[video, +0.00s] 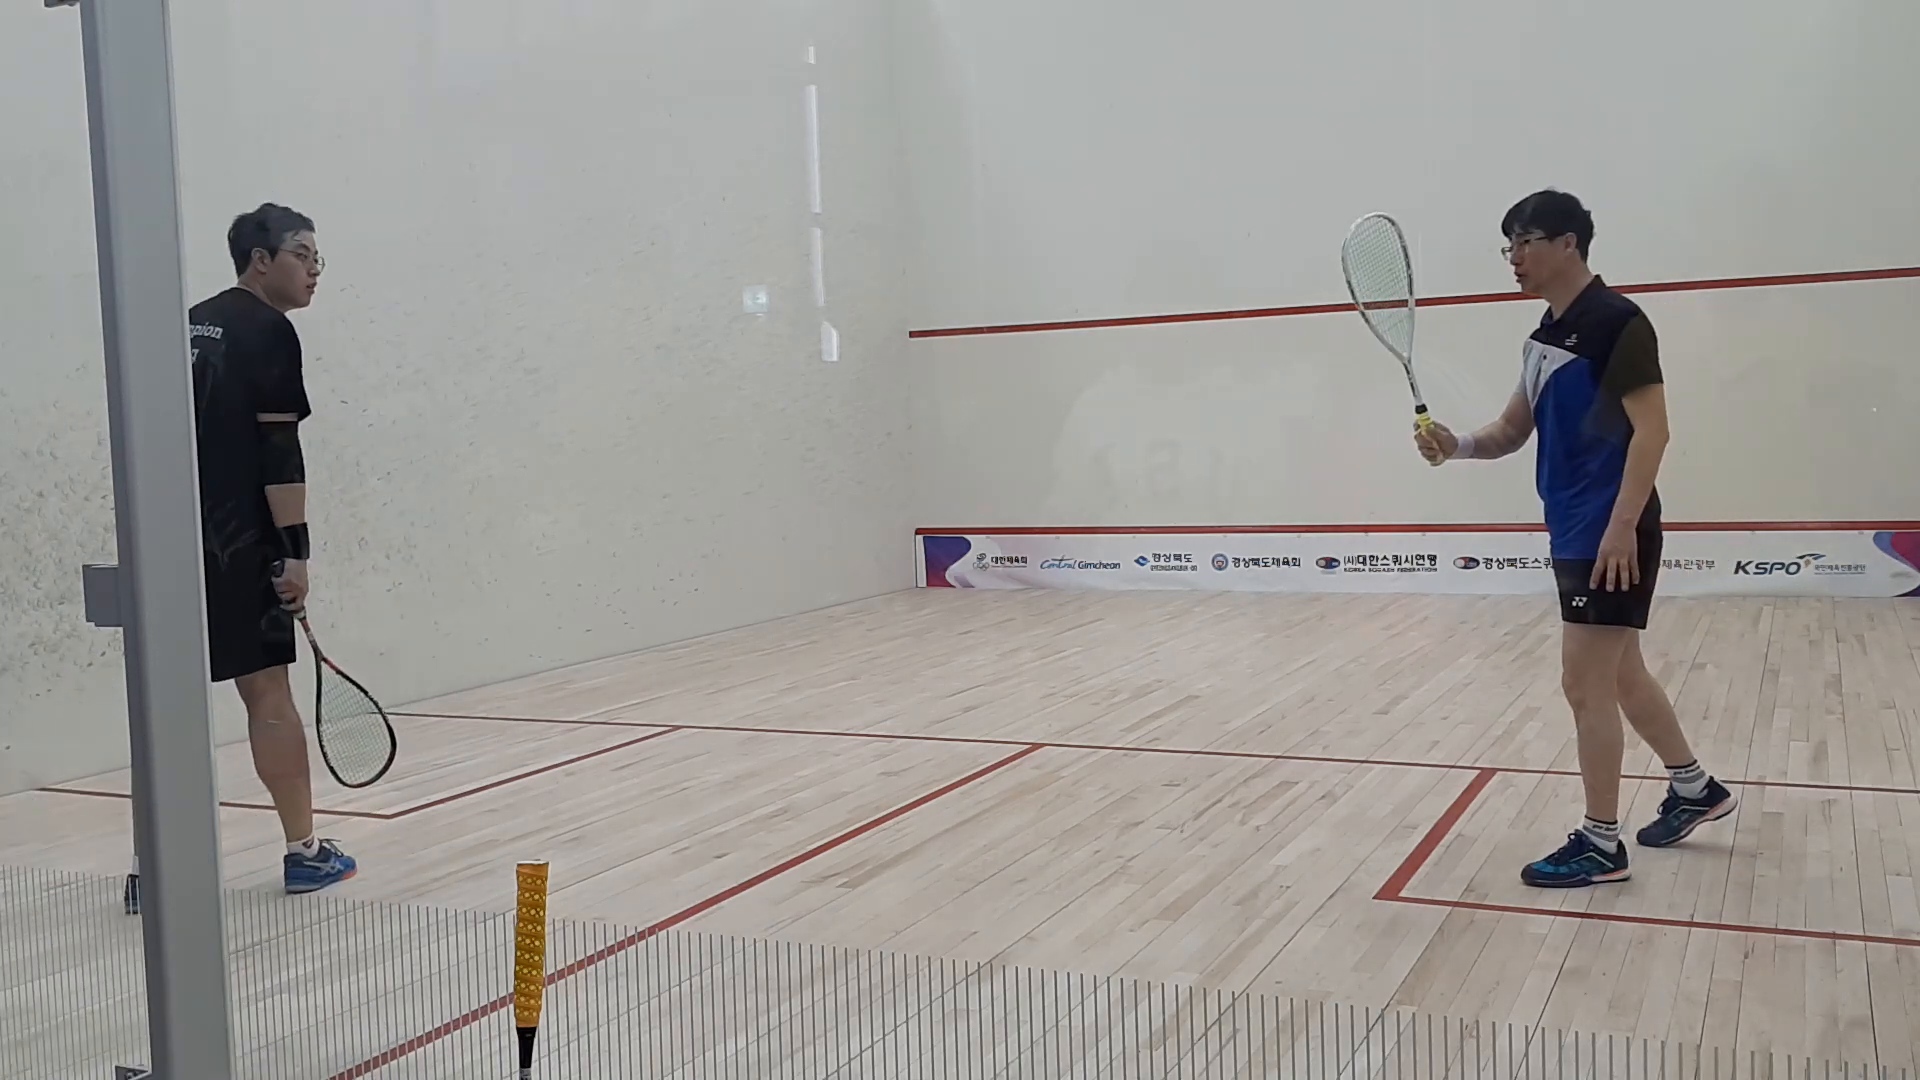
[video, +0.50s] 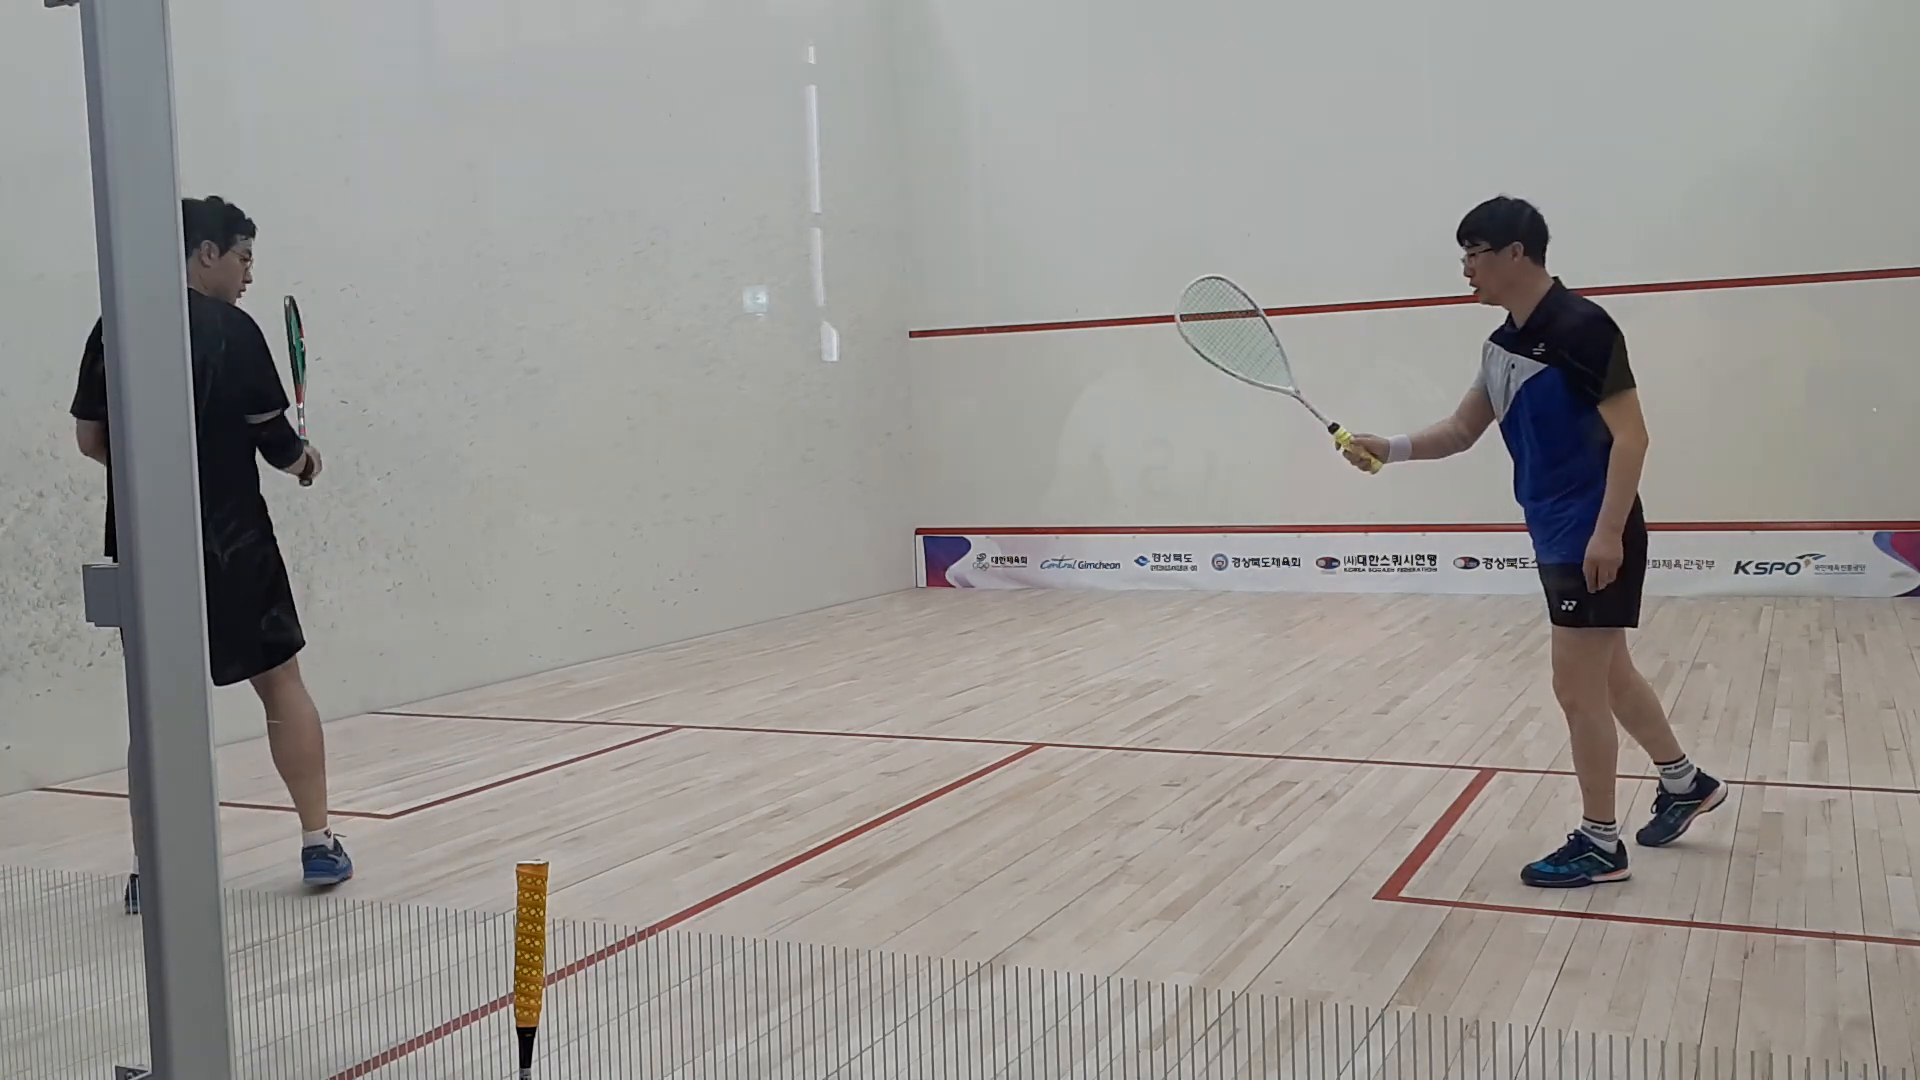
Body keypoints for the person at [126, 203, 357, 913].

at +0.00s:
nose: (316, 271)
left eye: (316, 258)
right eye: (305, 257)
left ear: (255, 265)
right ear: (260, 260)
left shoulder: (190, 320)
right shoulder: (270, 332)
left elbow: (170, 438)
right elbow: (280, 453)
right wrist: (297, 550)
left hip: (177, 543)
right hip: (242, 547)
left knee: (165, 705)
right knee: (269, 696)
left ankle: (152, 868)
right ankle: (304, 849)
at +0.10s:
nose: (294, 262)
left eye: (292, 249)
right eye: (280, 249)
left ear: (232, 259)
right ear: (237, 256)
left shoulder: (189, 315)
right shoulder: (248, 327)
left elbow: (175, 435)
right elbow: (259, 444)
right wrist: (284, 542)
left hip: (180, 537)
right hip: (238, 541)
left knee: (166, 703)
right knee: (267, 695)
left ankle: (153, 868)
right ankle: (304, 849)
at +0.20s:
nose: (271, 255)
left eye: (269, 243)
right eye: (260, 243)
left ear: (211, 252)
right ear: (218, 249)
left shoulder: (170, 318)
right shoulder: (230, 326)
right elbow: (242, 443)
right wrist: (277, 534)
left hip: (174, 535)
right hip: (233, 538)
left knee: (165, 702)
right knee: (266, 694)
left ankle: (153, 867)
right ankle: (304, 849)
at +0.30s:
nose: (253, 254)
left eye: (250, 240)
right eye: (245, 241)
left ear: (199, 250)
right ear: (207, 247)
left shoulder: (149, 316)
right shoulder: (221, 322)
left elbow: (140, 440)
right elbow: (236, 442)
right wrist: (280, 522)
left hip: (156, 536)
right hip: (227, 537)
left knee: (162, 703)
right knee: (271, 690)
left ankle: (151, 867)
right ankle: (305, 848)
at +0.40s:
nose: (246, 257)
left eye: (243, 243)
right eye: (237, 244)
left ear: (190, 251)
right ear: (202, 250)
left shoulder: (121, 318)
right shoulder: (225, 326)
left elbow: (109, 435)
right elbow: (247, 437)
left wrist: (180, 458)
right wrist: (290, 495)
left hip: (143, 541)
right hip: (225, 539)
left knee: (156, 711)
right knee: (278, 689)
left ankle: (149, 869)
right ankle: (310, 844)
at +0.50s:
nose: (249, 273)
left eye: (249, 259)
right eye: (242, 259)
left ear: (187, 257)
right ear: (206, 256)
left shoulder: (113, 323)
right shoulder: (231, 330)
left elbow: (91, 437)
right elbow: (272, 437)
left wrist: (157, 455)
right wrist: (303, 460)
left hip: (143, 549)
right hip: (232, 543)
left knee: (153, 711)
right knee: (282, 690)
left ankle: (152, 869)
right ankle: (319, 843)